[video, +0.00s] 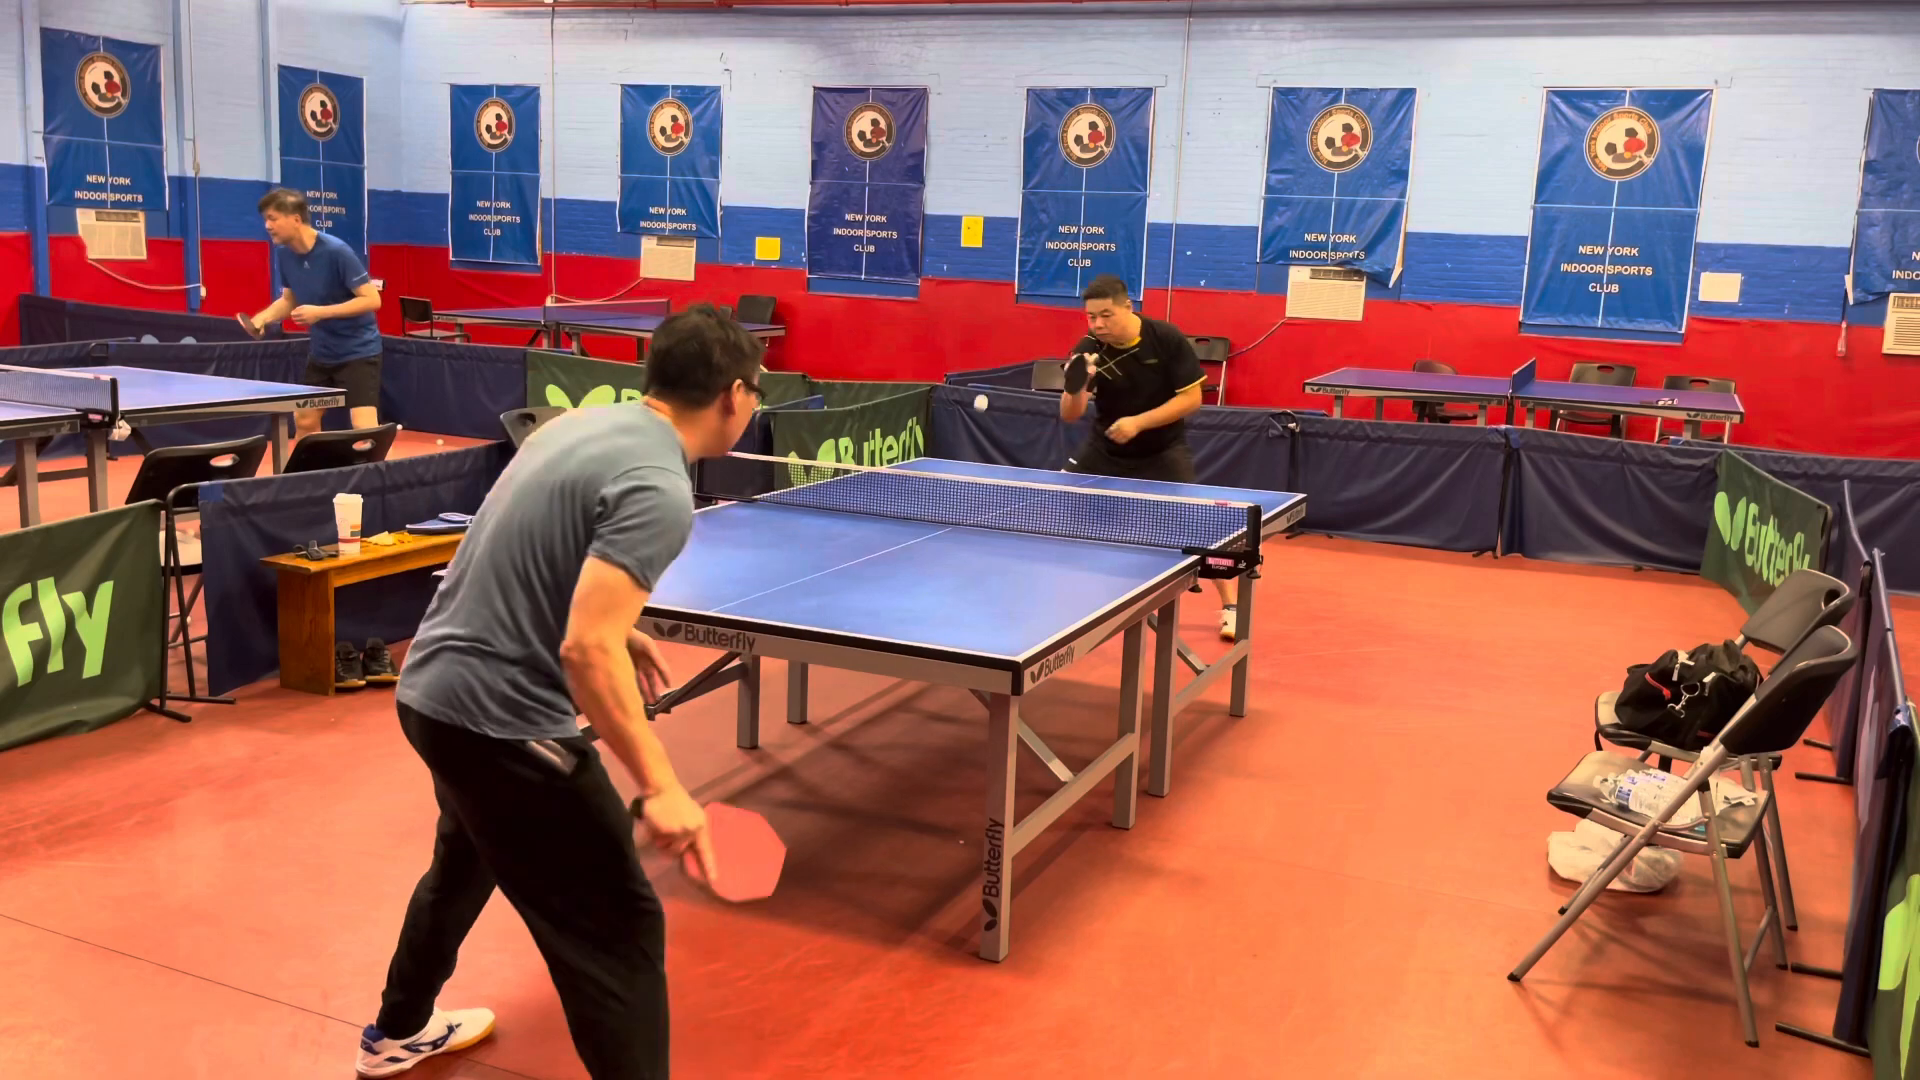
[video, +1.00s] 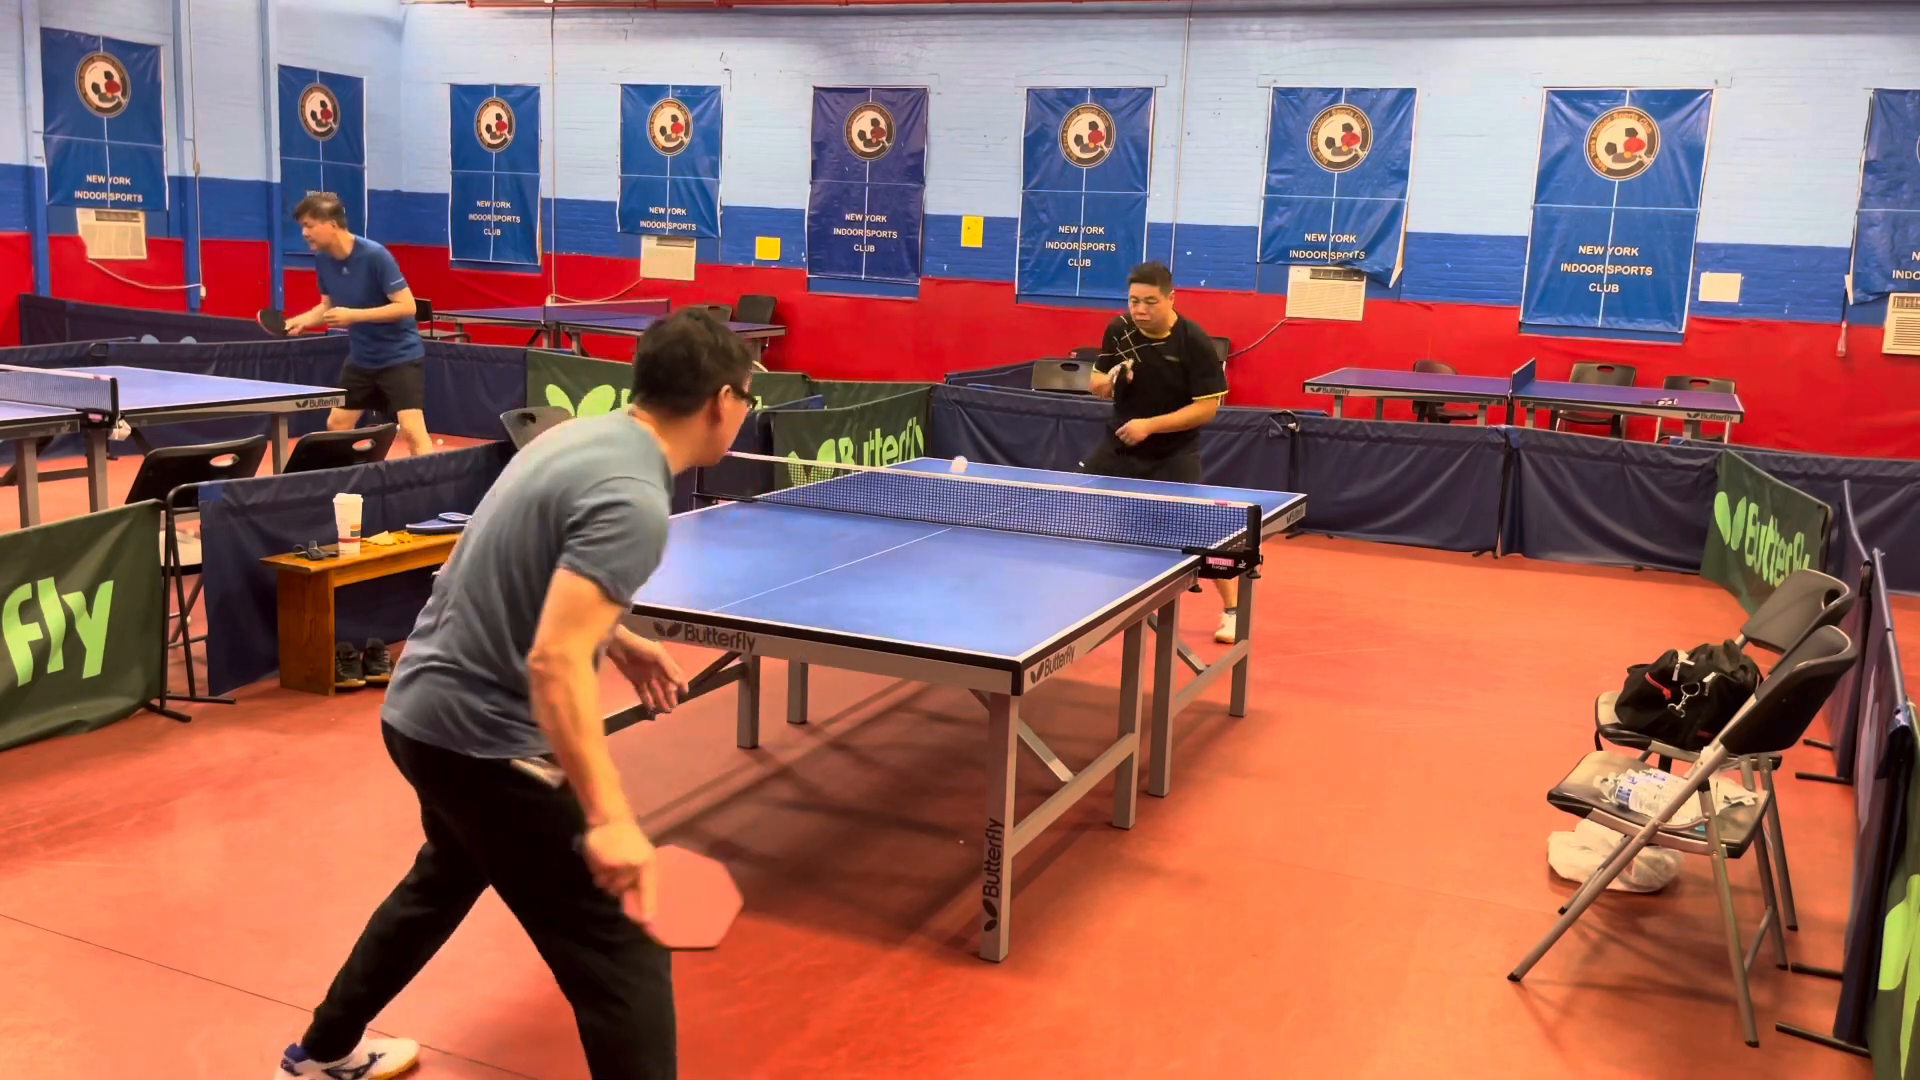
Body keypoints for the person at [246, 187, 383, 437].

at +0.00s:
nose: (267, 226)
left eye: (273, 219)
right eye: (266, 220)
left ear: (296, 219)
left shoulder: (337, 251)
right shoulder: (284, 254)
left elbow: (372, 299)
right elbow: (289, 299)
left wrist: (320, 312)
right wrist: (261, 318)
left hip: (359, 354)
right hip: (321, 353)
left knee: (364, 429)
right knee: (305, 422)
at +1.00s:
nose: (304, 233)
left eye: (309, 226)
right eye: (303, 227)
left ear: (332, 225)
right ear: (325, 227)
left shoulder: (375, 255)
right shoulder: (324, 260)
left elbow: (408, 307)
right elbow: (330, 304)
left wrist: (352, 315)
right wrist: (303, 320)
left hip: (400, 358)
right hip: (361, 358)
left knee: (412, 430)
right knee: (337, 424)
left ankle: (434, 494)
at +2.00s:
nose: (336, 206)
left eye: (342, 200)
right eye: (335, 200)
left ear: (365, 203)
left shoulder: (397, 244)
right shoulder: (344, 242)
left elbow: (420, 299)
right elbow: (352, 291)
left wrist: (366, 299)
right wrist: (325, 306)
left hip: (389, 356)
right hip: (349, 353)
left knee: (407, 433)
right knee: (347, 430)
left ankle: (442, 492)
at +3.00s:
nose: (333, 209)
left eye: (339, 203)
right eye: (332, 203)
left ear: (362, 206)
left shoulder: (396, 245)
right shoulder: (344, 242)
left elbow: (422, 298)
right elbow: (347, 293)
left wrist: (368, 301)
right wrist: (324, 307)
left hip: (394, 355)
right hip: (356, 353)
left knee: (410, 432)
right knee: (350, 427)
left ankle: (439, 496)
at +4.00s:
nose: (324, 242)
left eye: (329, 234)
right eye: (322, 236)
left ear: (352, 231)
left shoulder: (394, 262)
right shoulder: (341, 265)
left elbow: (421, 316)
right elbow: (345, 311)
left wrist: (364, 321)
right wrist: (324, 325)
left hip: (417, 362)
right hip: (377, 362)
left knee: (424, 429)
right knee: (350, 425)